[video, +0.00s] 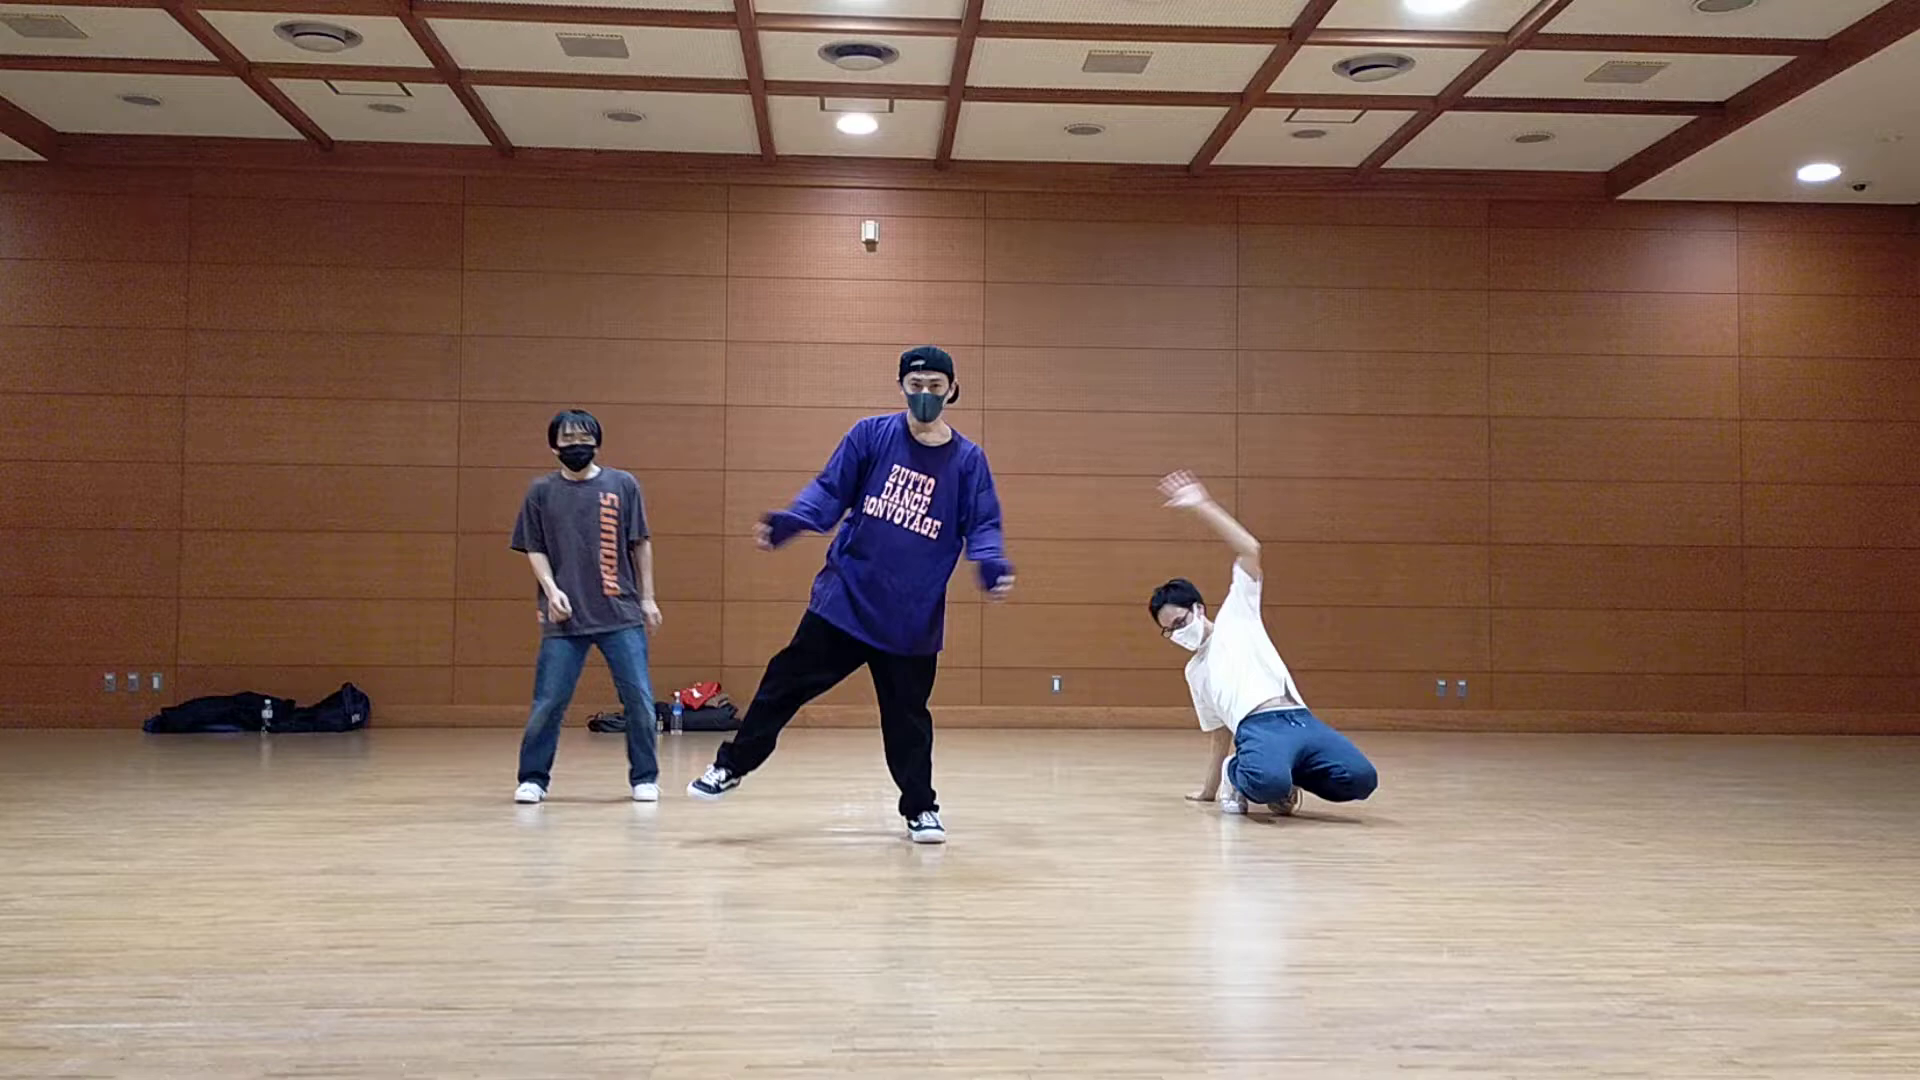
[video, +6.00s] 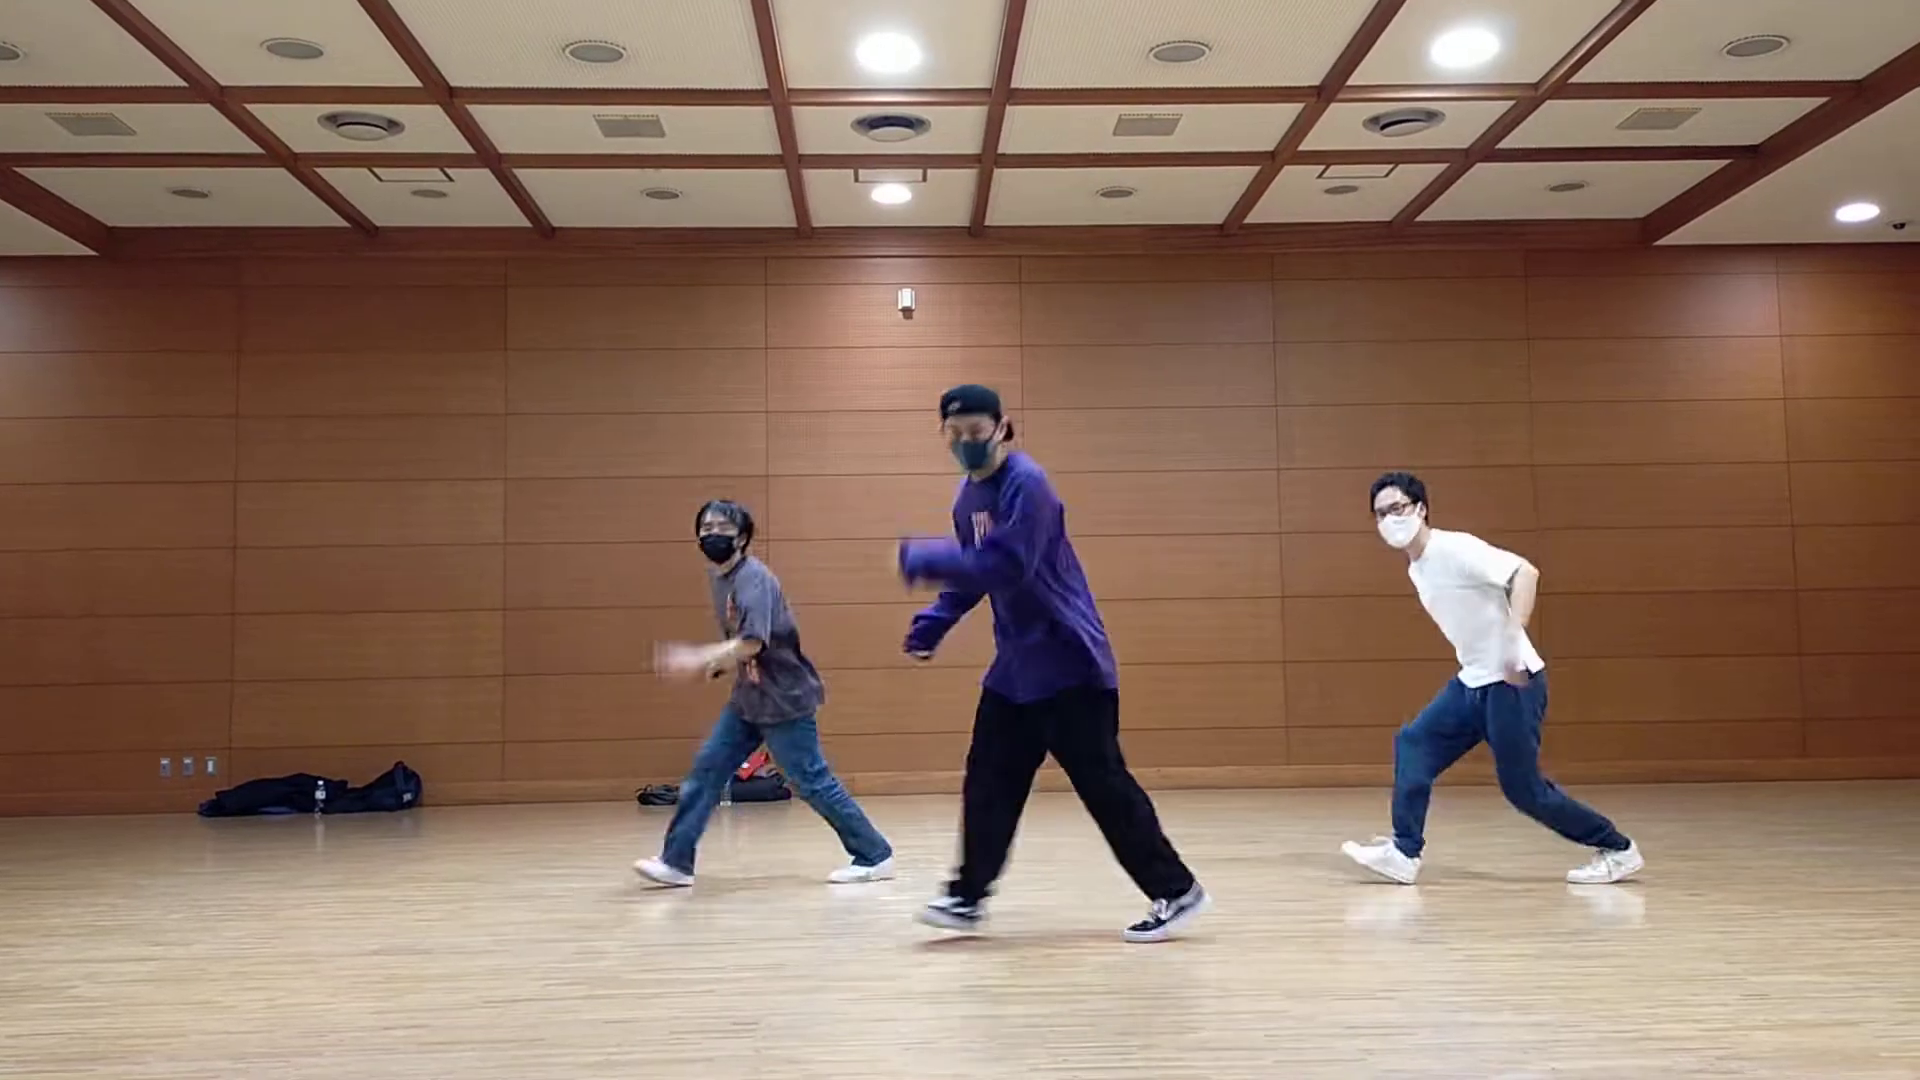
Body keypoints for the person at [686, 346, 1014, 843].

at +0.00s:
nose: (924, 392)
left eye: (934, 385)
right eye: (916, 384)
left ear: (950, 391)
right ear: (902, 388)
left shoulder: (968, 460)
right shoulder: (871, 435)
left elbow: (984, 525)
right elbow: (829, 491)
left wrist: (994, 565)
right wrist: (789, 521)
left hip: (911, 611)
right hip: (848, 597)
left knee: (908, 714)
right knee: (788, 678)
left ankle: (920, 809)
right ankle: (732, 764)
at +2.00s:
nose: (894, 437)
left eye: (904, 431)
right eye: (885, 430)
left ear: (917, 444)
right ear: (868, 440)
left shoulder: (939, 508)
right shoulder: (838, 500)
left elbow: (946, 573)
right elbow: (821, 567)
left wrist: (942, 606)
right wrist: (819, 591)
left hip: (912, 663)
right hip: (851, 659)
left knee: (907, 766)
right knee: (854, 764)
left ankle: (904, 865)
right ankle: (858, 864)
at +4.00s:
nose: (903, 426)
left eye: (915, 420)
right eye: (893, 419)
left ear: (934, 439)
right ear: (877, 436)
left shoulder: (964, 511)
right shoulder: (845, 509)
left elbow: (1018, 580)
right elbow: (787, 580)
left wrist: (1073, 617)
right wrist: (741, 636)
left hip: (938, 687)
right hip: (857, 687)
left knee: (986, 791)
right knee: (809, 798)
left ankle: (1051, 900)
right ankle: (747, 904)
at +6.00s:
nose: (967, 444)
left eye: (977, 432)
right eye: (956, 435)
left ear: (1001, 429)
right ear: (946, 438)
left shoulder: (1029, 485)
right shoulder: (968, 500)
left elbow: (1008, 562)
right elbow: (974, 574)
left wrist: (925, 559)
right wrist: (935, 623)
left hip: (1070, 658)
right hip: (1017, 662)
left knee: (1102, 781)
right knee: (990, 777)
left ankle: (1177, 889)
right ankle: (968, 895)